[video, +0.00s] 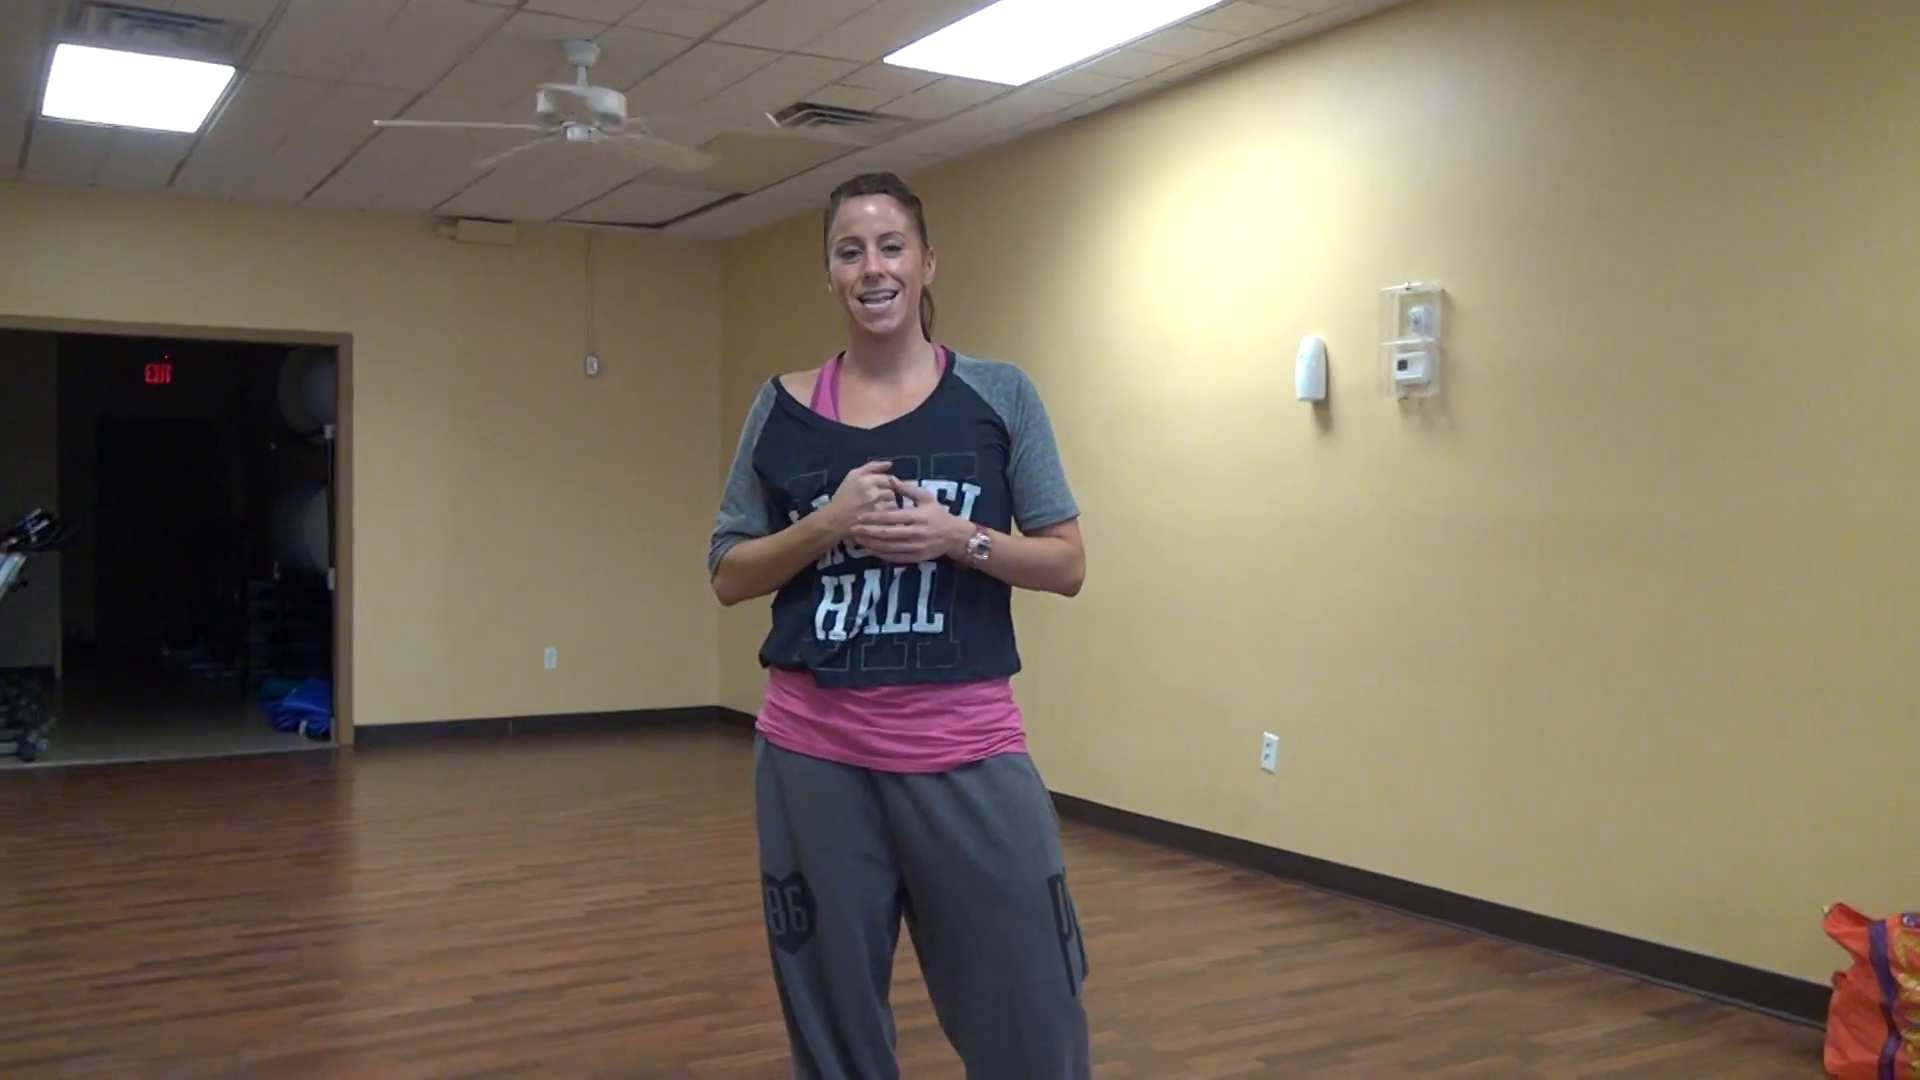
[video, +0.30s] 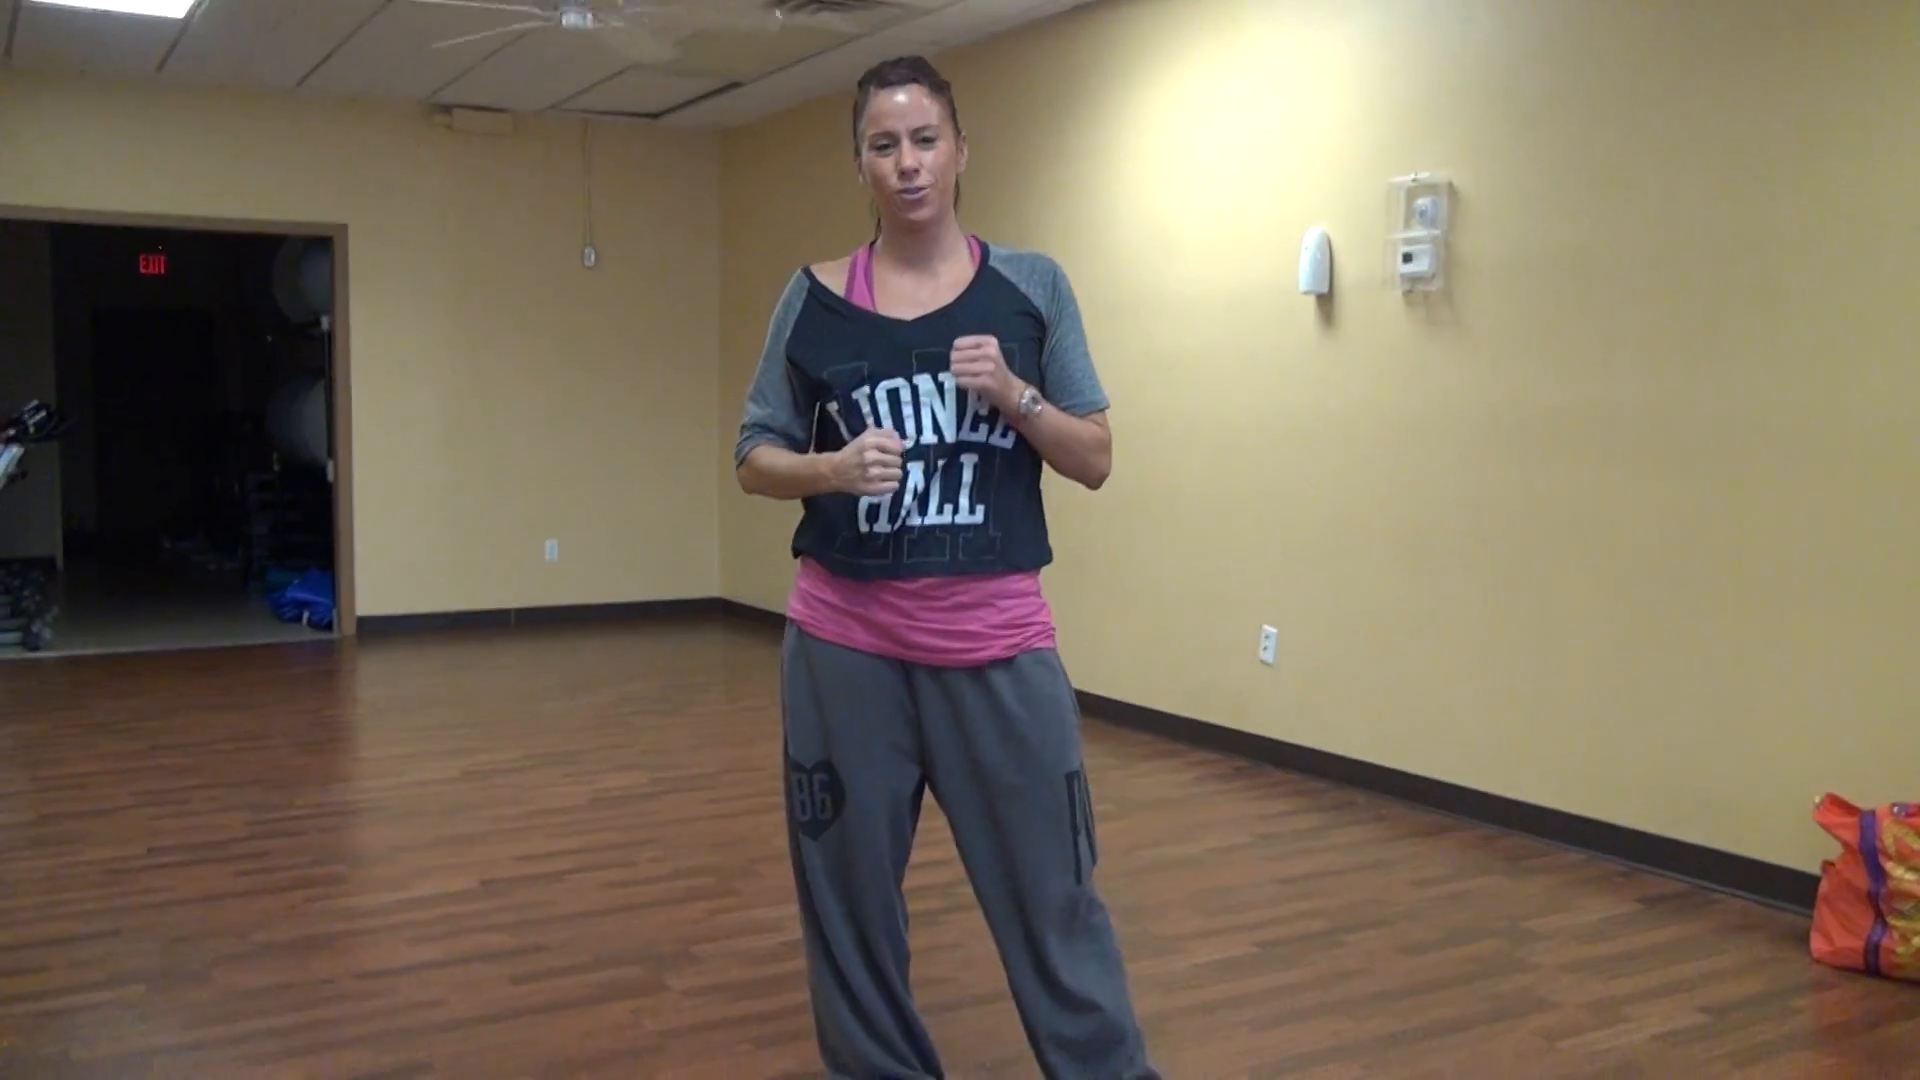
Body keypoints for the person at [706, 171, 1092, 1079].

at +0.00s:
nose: (871, 269)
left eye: (891, 247)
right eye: (850, 252)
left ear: (926, 263)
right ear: (828, 272)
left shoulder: (999, 393)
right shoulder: (784, 404)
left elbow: (1067, 565)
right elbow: (729, 577)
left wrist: (961, 538)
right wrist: (828, 523)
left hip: (967, 753)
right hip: (811, 754)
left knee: (1032, 1028)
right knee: (832, 1032)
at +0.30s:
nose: (907, 162)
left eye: (925, 139)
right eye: (885, 145)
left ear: (960, 149)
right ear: (861, 163)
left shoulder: (1033, 284)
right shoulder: (817, 296)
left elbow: (1093, 457)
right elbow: (755, 459)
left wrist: (1014, 397)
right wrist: (830, 469)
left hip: (996, 638)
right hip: (842, 643)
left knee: (1054, 906)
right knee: (848, 914)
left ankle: (1109, 1070)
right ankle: (882, 1071)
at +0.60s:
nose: (955, 151)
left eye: (973, 125)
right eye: (932, 132)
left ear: (1011, 134)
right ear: (910, 152)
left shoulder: (1088, 270)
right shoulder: (868, 284)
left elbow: (1149, 444)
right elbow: (817, 448)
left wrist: (1064, 389)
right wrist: (882, 467)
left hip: (1053, 637)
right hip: (897, 638)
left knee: (1082, 911)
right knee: (874, 905)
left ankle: (1112, 1070)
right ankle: (882, 1069)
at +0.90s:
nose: (996, 145)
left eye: (1013, 121)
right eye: (972, 131)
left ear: (1051, 134)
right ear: (950, 155)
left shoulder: (1132, 270)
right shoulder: (912, 288)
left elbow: (1215, 437)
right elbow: (864, 460)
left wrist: (1095, 435)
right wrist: (965, 457)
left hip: (1103, 642)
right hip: (943, 640)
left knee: (1109, 915)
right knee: (905, 908)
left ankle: (1104, 1072)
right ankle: (888, 1070)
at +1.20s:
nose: (1028, 140)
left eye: (1044, 117)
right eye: (1003, 127)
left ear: (1079, 135)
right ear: (978, 156)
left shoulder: (1158, 276)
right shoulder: (937, 286)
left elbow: (1241, 443)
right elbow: (871, 454)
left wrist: (1123, 464)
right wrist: (984, 457)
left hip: (1127, 646)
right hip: (967, 643)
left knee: (1121, 914)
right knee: (926, 905)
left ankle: (1109, 1069)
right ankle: (896, 1068)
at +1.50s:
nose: (1036, 137)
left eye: (1054, 116)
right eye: (1012, 124)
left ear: (1088, 139)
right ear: (986, 156)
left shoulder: (1160, 279)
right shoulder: (939, 283)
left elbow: (1240, 448)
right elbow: (867, 446)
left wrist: (1130, 464)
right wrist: (984, 451)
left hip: (1121, 646)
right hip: (960, 642)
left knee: (1119, 919)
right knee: (923, 908)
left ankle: (1108, 1070)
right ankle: (896, 1067)